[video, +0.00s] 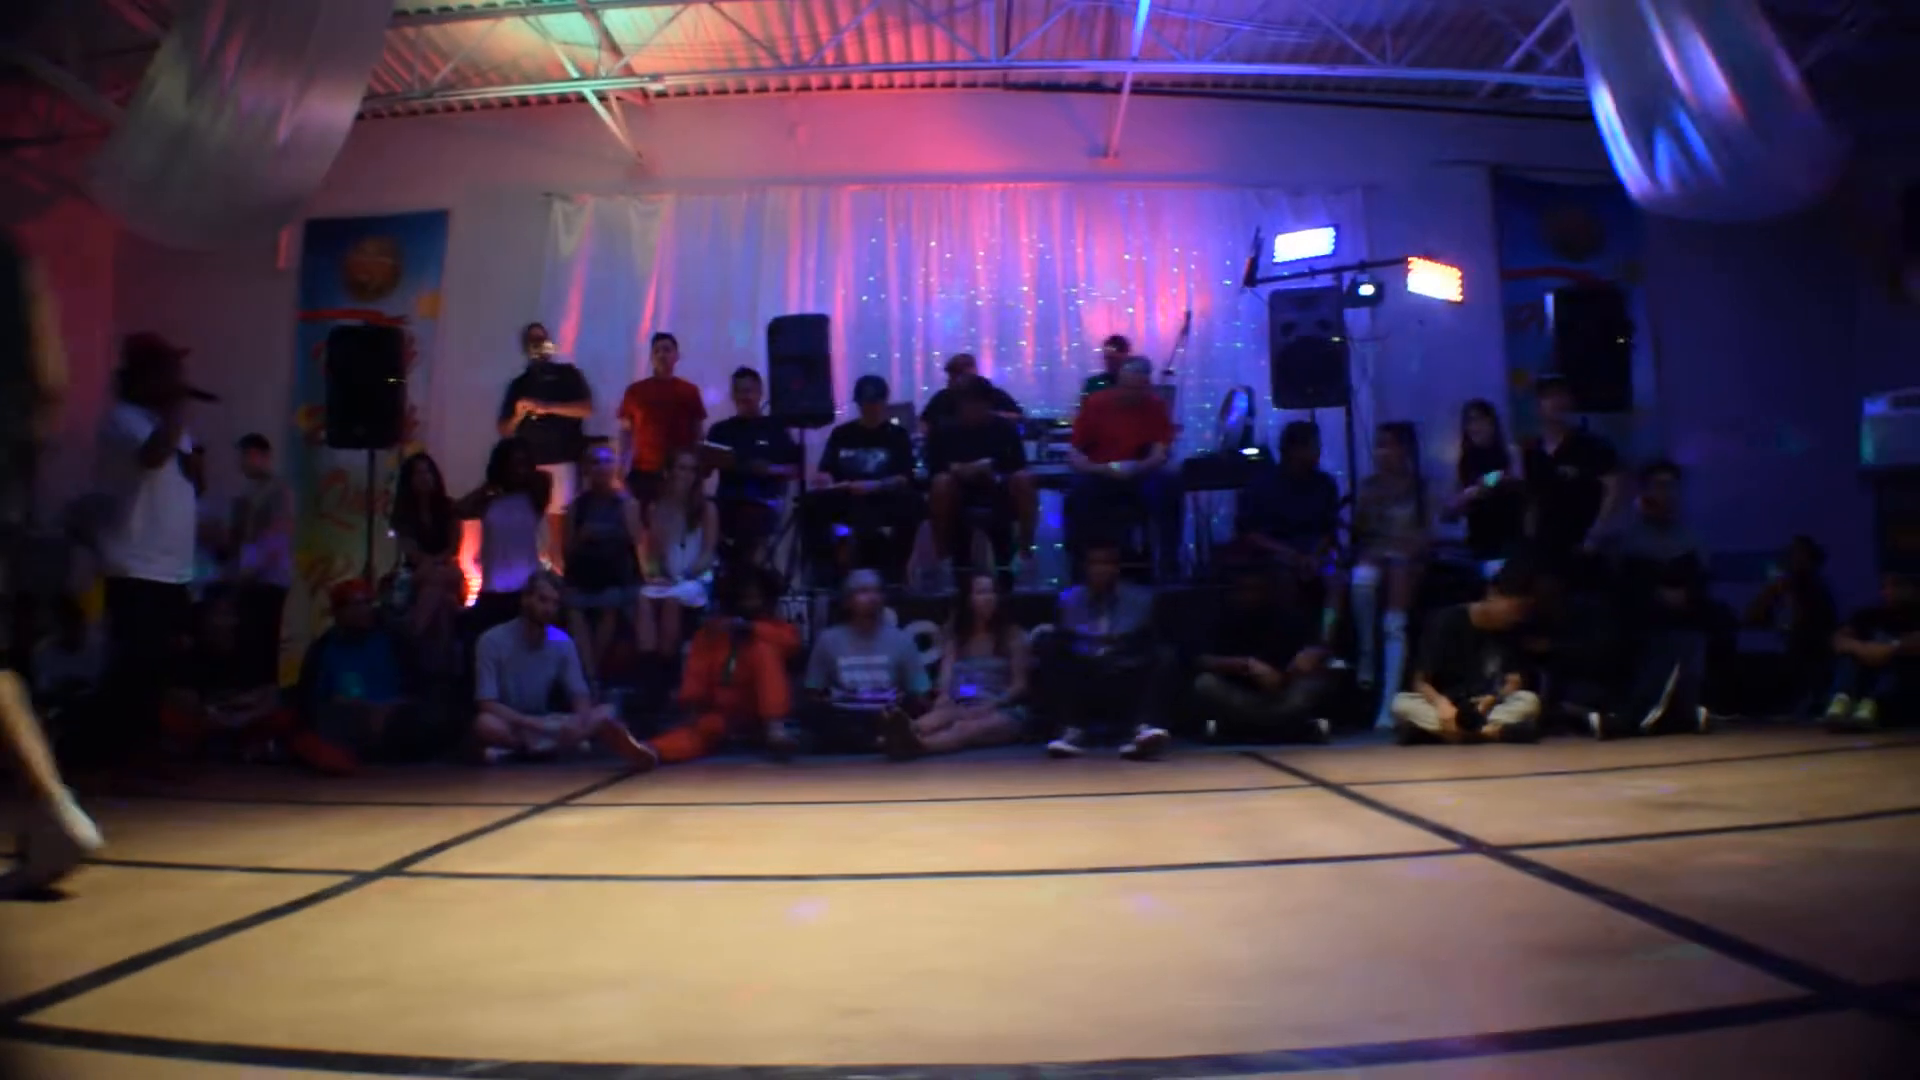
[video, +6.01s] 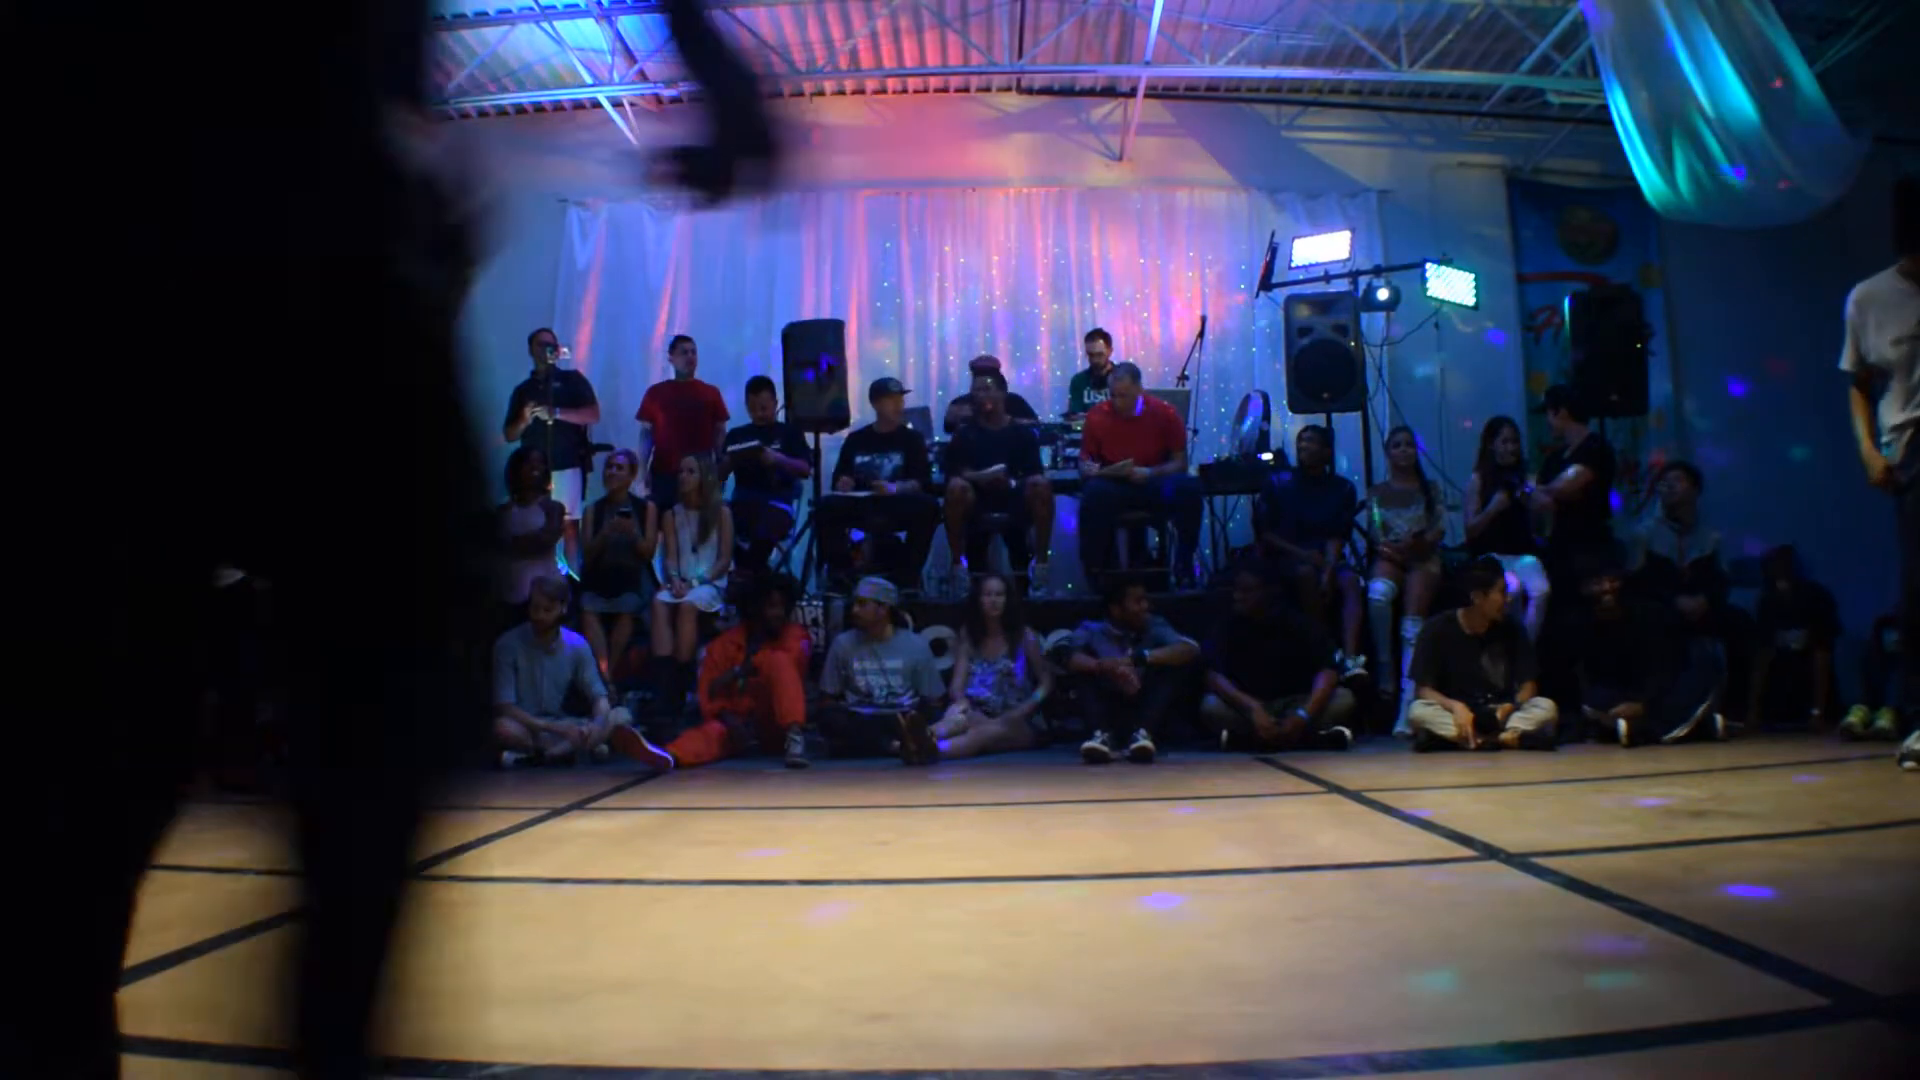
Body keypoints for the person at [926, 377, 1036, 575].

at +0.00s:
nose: (972, 410)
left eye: (978, 402)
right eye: (966, 402)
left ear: (988, 403)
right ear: (957, 404)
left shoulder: (1002, 428)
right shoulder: (944, 431)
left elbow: (1017, 464)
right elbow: (934, 467)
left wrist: (989, 468)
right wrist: (957, 469)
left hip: (995, 482)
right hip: (959, 482)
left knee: (1023, 480)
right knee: (942, 483)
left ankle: (1025, 551)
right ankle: (944, 557)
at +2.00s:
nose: (1002, 393)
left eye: (1006, 388)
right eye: (996, 388)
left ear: (1011, 393)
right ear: (984, 394)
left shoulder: (1024, 432)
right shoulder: (967, 430)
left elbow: (1036, 470)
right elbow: (950, 465)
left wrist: (1009, 480)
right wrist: (975, 473)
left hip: (1013, 491)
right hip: (979, 492)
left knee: (1042, 485)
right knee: (958, 486)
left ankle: (1042, 563)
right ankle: (960, 567)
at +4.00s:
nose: (994, 412)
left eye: (1000, 405)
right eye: (989, 405)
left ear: (1009, 405)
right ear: (981, 404)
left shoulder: (1023, 433)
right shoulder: (965, 433)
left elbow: (1034, 470)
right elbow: (950, 470)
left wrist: (1008, 478)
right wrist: (975, 474)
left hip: (1012, 490)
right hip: (977, 491)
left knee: (1041, 487)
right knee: (956, 489)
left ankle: (1041, 563)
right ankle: (960, 566)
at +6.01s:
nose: (984, 398)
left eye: (990, 390)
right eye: (978, 391)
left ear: (1004, 394)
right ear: (972, 397)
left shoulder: (1022, 432)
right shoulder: (965, 433)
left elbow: (1035, 473)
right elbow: (953, 472)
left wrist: (1010, 481)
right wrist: (981, 477)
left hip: (1013, 492)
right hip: (978, 493)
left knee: (1040, 486)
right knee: (957, 488)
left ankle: (1041, 562)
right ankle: (957, 564)